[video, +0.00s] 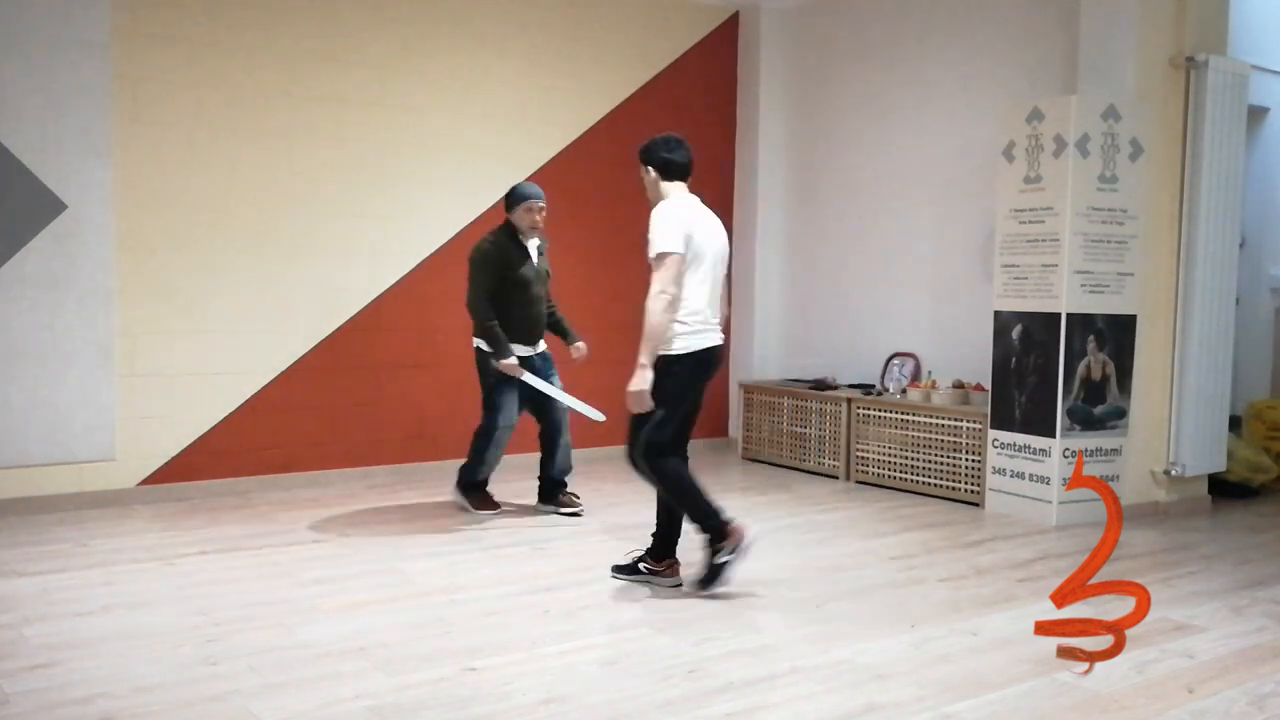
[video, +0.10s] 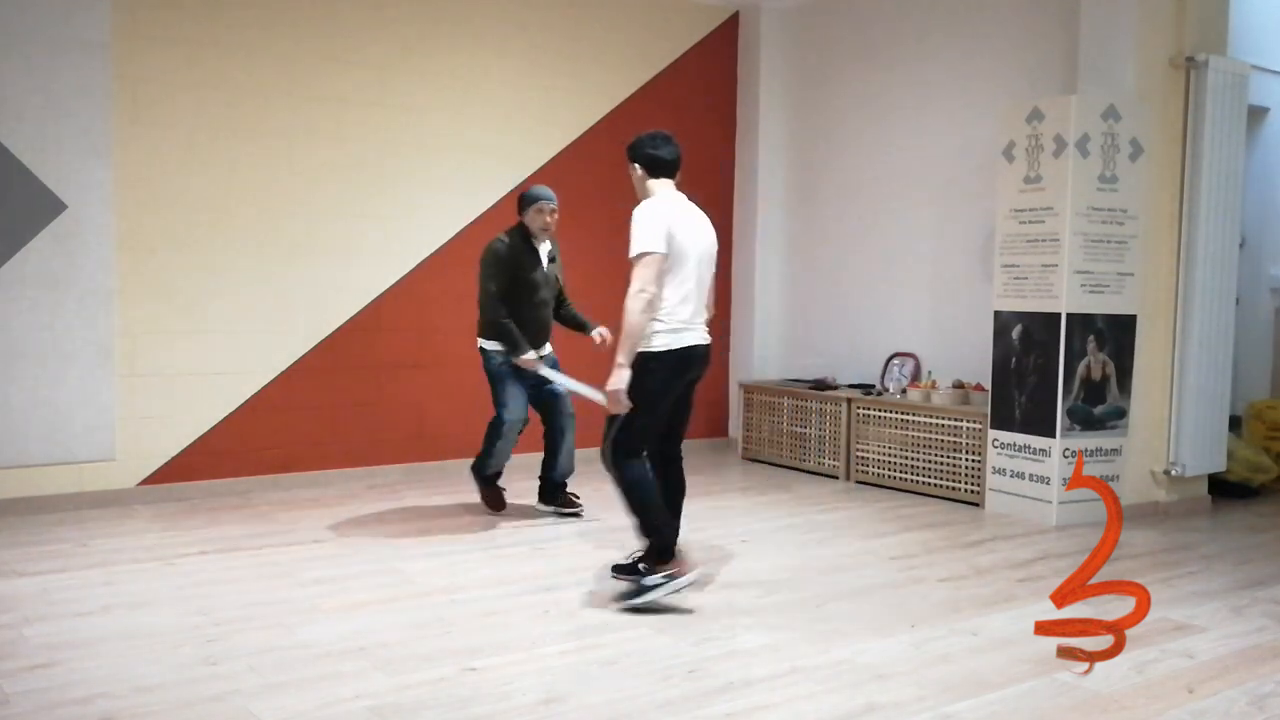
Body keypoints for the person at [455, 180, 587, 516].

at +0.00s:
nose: (539, 217)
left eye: (542, 210)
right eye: (531, 210)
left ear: (545, 213)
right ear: (512, 213)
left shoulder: (538, 248)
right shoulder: (489, 250)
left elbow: (542, 303)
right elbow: (477, 304)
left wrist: (569, 336)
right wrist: (502, 352)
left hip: (536, 352)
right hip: (499, 353)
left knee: (556, 416)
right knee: (501, 421)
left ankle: (553, 489)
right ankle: (472, 483)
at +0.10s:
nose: (549, 219)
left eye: (553, 212)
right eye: (541, 212)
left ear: (557, 215)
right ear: (523, 215)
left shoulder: (549, 251)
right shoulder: (500, 251)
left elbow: (559, 305)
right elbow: (491, 307)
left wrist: (590, 327)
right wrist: (520, 348)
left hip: (540, 352)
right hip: (502, 352)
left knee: (562, 413)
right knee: (513, 417)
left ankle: (553, 488)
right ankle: (486, 474)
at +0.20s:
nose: (558, 221)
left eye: (562, 215)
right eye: (550, 214)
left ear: (567, 219)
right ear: (533, 218)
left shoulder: (559, 256)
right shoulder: (512, 250)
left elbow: (568, 308)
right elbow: (508, 304)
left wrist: (604, 317)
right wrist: (547, 346)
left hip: (540, 352)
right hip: (504, 346)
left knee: (562, 410)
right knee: (511, 410)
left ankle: (553, 490)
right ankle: (494, 486)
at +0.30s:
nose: (562, 225)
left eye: (567, 219)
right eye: (554, 218)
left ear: (571, 223)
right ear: (537, 221)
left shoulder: (566, 260)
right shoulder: (517, 253)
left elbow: (570, 296)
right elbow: (537, 300)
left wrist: (579, 300)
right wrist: (574, 320)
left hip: (540, 357)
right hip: (502, 350)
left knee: (567, 414)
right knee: (503, 415)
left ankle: (552, 490)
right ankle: (488, 506)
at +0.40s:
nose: (558, 228)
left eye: (563, 222)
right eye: (551, 221)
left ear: (568, 225)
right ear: (535, 224)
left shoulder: (567, 262)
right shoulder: (518, 256)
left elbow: (580, 306)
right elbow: (552, 291)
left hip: (544, 363)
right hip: (504, 357)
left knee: (565, 422)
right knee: (498, 429)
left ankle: (551, 495)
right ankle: (485, 510)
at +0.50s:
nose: (546, 229)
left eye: (551, 223)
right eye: (539, 223)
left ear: (558, 227)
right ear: (523, 226)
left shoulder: (560, 263)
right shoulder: (508, 260)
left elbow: (574, 309)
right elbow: (531, 283)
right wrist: (568, 280)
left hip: (547, 364)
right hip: (505, 363)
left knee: (560, 432)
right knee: (503, 439)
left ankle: (550, 491)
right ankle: (496, 524)